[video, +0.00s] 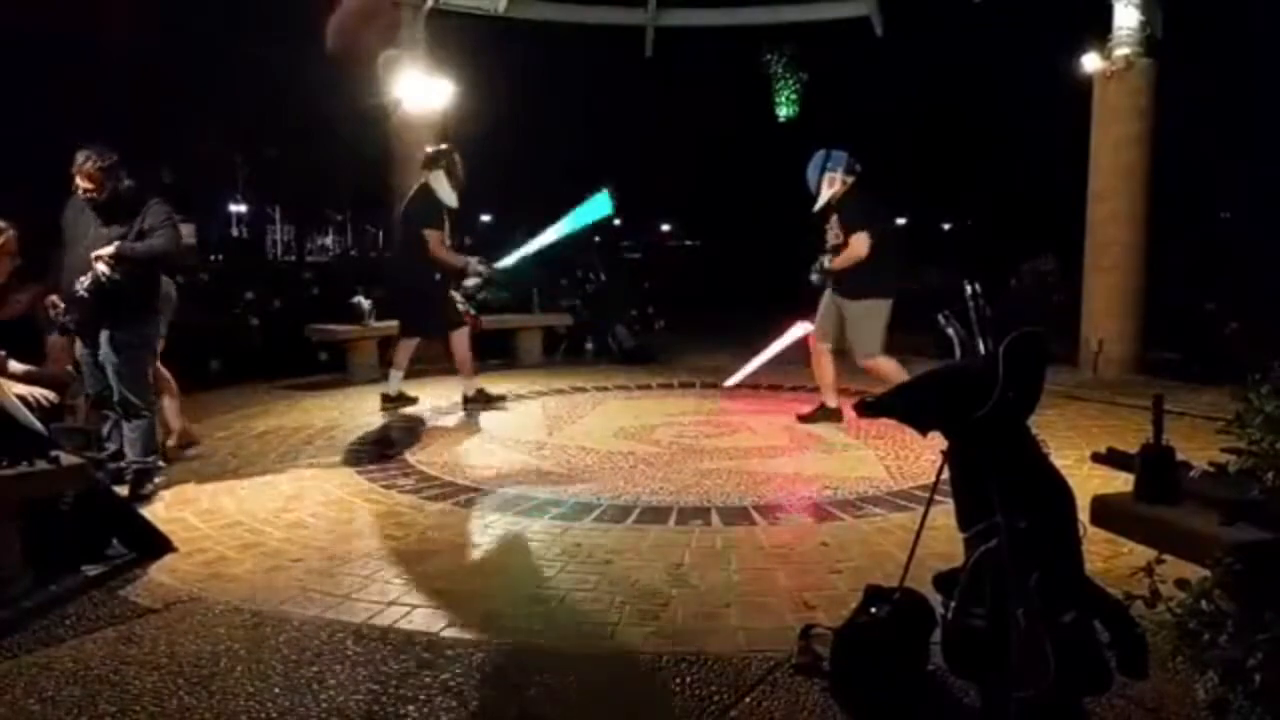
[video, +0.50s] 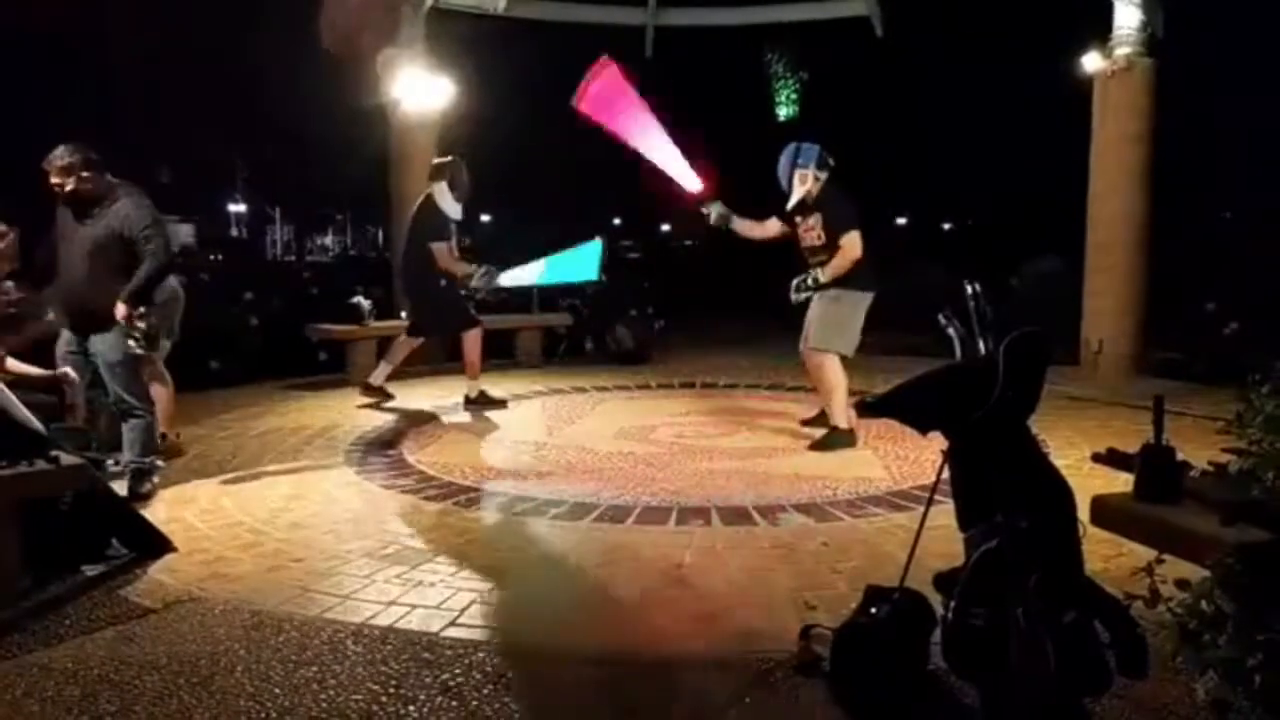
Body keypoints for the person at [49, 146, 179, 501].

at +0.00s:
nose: (86, 194)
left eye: (93, 187)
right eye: (81, 187)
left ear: (114, 179)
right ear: (75, 182)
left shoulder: (143, 206)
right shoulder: (75, 209)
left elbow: (169, 245)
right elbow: (67, 254)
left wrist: (120, 250)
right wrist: (56, 288)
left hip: (130, 317)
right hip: (86, 317)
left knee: (132, 399)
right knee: (101, 398)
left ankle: (142, 468)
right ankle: (112, 459)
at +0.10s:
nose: (80, 195)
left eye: (87, 188)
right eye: (77, 188)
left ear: (109, 184)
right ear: (74, 183)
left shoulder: (143, 205)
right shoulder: (75, 210)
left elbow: (168, 246)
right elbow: (69, 257)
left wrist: (119, 250)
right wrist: (60, 291)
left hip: (131, 317)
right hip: (87, 317)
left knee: (131, 400)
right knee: (101, 399)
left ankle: (141, 470)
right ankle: (112, 464)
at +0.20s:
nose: (73, 192)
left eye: (79, 185)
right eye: (69, 185)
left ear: (99, 177)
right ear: (66, 180)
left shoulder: (139, 205)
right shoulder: (75, 210)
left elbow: (168, 249)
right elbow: (70, 258)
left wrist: (119, 259)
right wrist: (63, 292)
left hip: (129, 321)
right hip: (87, 320)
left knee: (131, 400)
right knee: (100, 400)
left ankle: (141, 468)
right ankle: (111, 464)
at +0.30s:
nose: (67, 194)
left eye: (72, 187)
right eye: (64, 187)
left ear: (94, 179)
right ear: (67, 182)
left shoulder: (137, 204)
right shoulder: (75, 210)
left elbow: (166, 252)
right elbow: (74, 266)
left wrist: (122, 271)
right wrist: (52, 290)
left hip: (126, 324)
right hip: (86, 322)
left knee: (132, 403)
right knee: (100, 402)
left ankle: (141, 468)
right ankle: (111, 463)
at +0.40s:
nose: (61, 190)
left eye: (66, 183)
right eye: (58, 184)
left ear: (90, 177)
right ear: (75, 180)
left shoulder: (132, 206)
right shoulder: (73, 206)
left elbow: (161, 252)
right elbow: (67, 258)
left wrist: (123, 285)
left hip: (116, 324)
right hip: (78, 323)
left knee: (128, 404)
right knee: (89, 398)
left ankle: (136, 470)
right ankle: (99, 460)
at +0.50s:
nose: (56, 190)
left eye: (61, 183)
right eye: (54, 183)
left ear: (85, 176)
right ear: (74, 179)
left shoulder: (128, 206)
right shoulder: (67, 209)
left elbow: (159, 254)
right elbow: (68, 262)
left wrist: (127, 299)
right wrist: (61, 304)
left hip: (114, 324)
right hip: (75, 324)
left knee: (131, 405)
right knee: (76, 401)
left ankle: (139, 470)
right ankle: (86, 465)